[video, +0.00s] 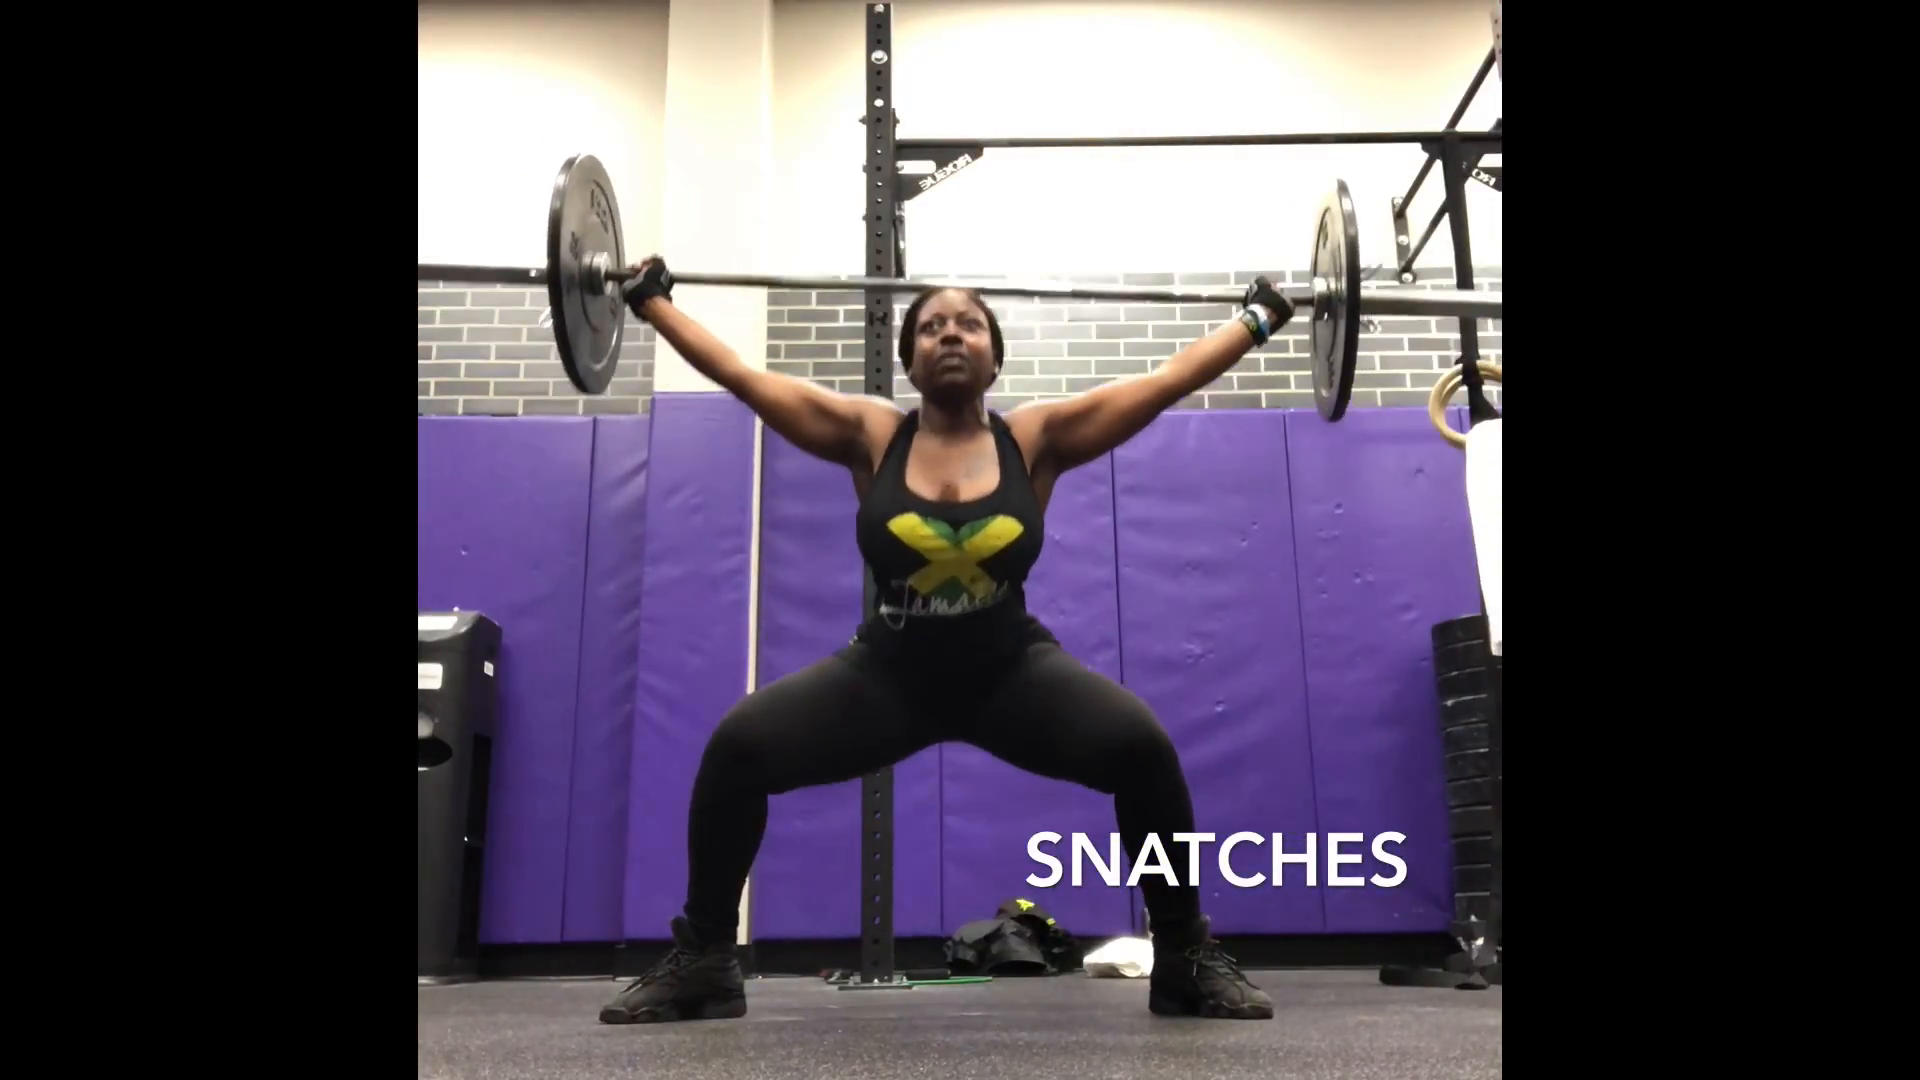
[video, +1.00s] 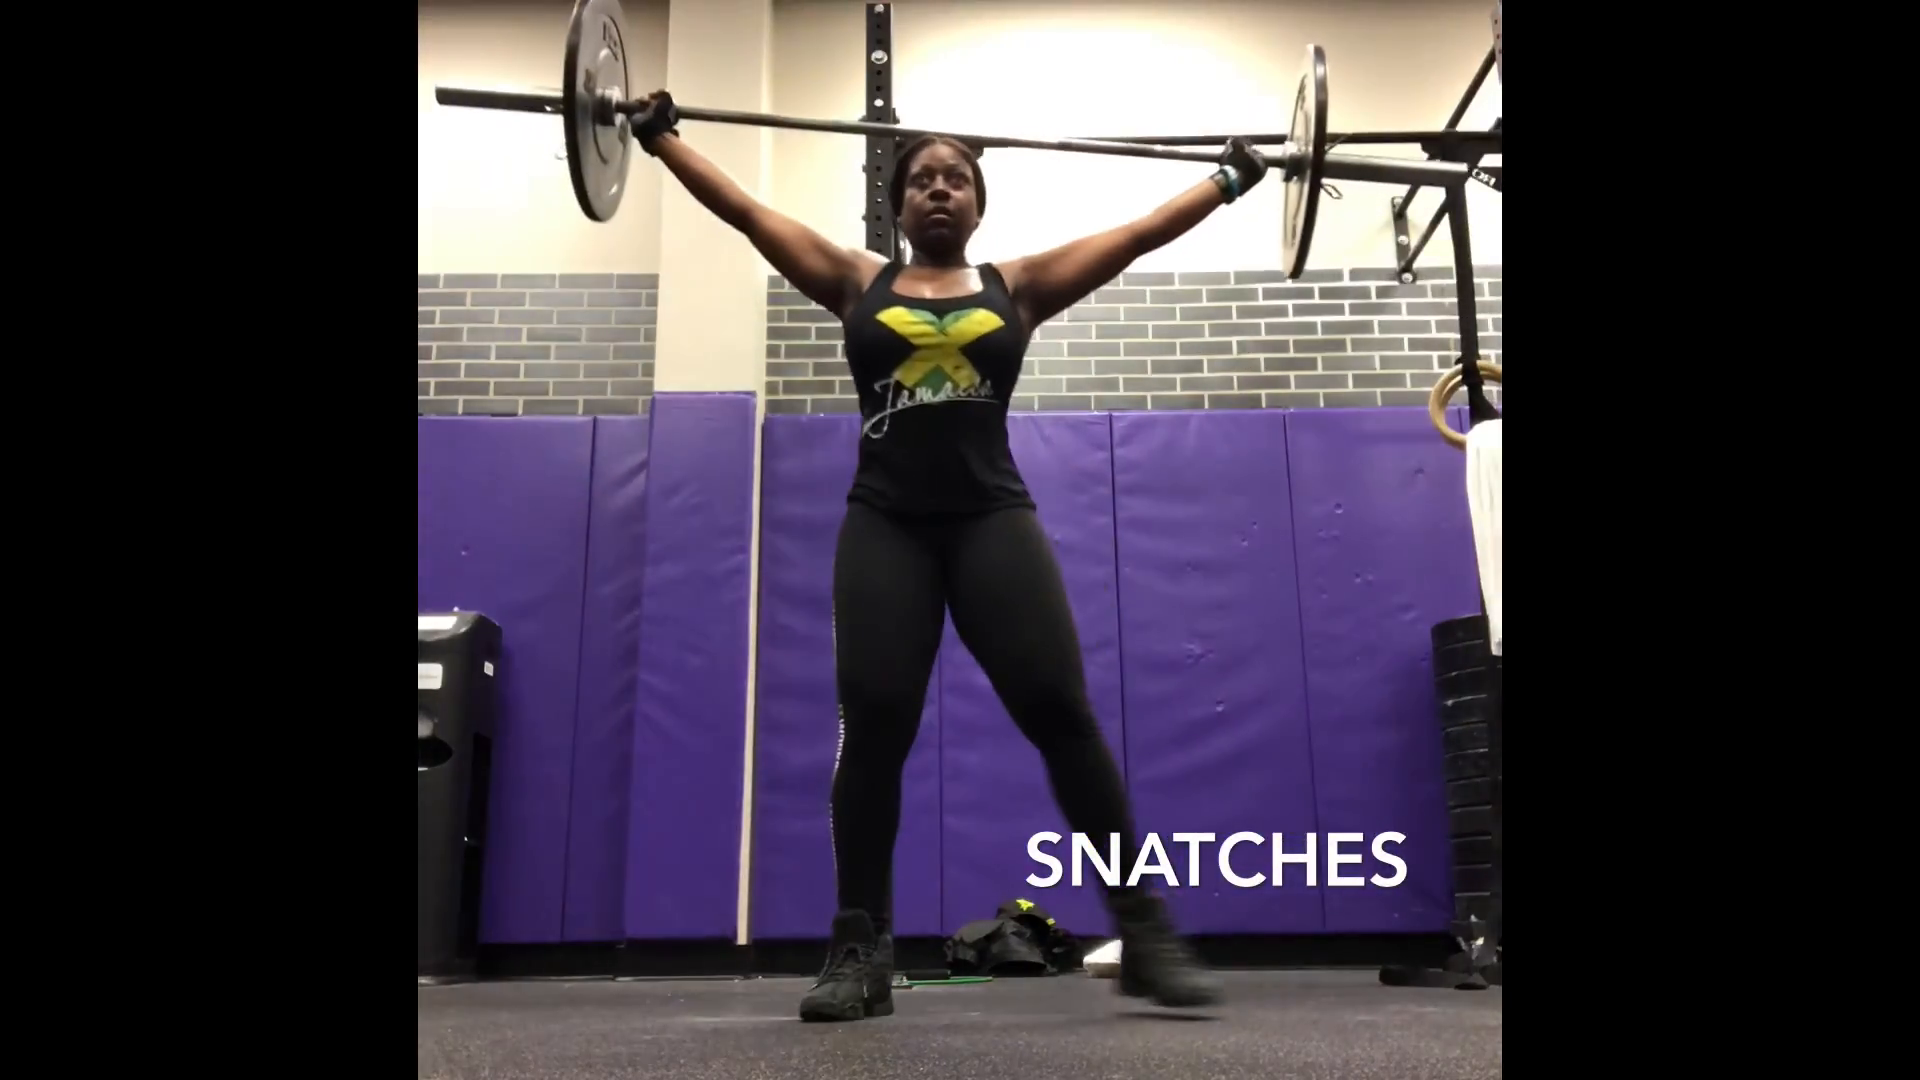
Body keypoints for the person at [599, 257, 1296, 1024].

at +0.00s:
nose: (951, 333)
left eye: (970, 324)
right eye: (931, 326)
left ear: (996, 357)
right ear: (909, 361)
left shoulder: (1038, 437)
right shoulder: (869, 432)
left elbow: (1171, 381)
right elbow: (744, 377)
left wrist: (1263, 311)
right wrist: (654, 303)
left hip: (1010, 675)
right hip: (887, 677)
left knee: (1142, 747)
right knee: (738, 747)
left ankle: (1185, 965)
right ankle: (702, 964)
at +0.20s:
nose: (961, 289)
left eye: (979, 280)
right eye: (943, 282)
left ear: (1007, 312)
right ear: (918, 315)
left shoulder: (1044, 395)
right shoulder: (881, 389)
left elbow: (1170, 343)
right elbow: (757, 337)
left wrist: (1267, 275)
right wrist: (665, 263)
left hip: (1019, 637)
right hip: (897, 640)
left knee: (1150, 737)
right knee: (749, 741)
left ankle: (1184, 959)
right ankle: (703, 962)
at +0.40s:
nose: (988, 227)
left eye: (1003, 216)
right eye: (968, 220)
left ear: (1028, 244)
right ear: (943, 255)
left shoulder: (1070, 330)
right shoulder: (909, 330)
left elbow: (1195, 279)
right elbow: (782, 284)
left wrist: (1282, 217)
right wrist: (694, 213)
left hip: (1054, 577)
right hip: (939, 583)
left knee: (1157, 727)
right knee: (827, 747)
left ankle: (1187, 958)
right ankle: (722, 951)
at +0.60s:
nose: (991, 179)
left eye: (1006, 169)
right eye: (973, 173)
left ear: (1032, 197)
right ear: (949, 205)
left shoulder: (1080, 277)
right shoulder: (917, 285)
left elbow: (1199, 220)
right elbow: (799, 229)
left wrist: (1289, 156)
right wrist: (706, 164)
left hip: (1063, 532)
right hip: (950, 532)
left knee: (1127, 727)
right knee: (876, 713)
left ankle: (1183, 956)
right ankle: (826, 938)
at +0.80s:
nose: (962, 193)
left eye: (979, 182)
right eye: (943, 185)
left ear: (1003, 208)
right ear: (921, 213)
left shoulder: (1045, 290)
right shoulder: (883, 291)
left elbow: (1166, 231)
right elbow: (771, 227)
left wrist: (1255, 172)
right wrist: (681, 157)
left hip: (1022, 537)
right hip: (910, 536)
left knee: (1094, 731)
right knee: (882, 732)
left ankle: (1180, 953)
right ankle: (858, 959)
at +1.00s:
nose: (941, 187)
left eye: (958, 178)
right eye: (924, 179)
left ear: (980, 206)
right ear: (899, 206)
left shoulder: (1013, 288)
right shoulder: (856, 280)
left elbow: (1141, 234)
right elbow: (746, 213)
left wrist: (1229, 180)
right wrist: (662, 139)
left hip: (992, 525)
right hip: (884, 528)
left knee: (1060, 714)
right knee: (874, 733)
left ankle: (1148, 932)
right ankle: (861, 957)